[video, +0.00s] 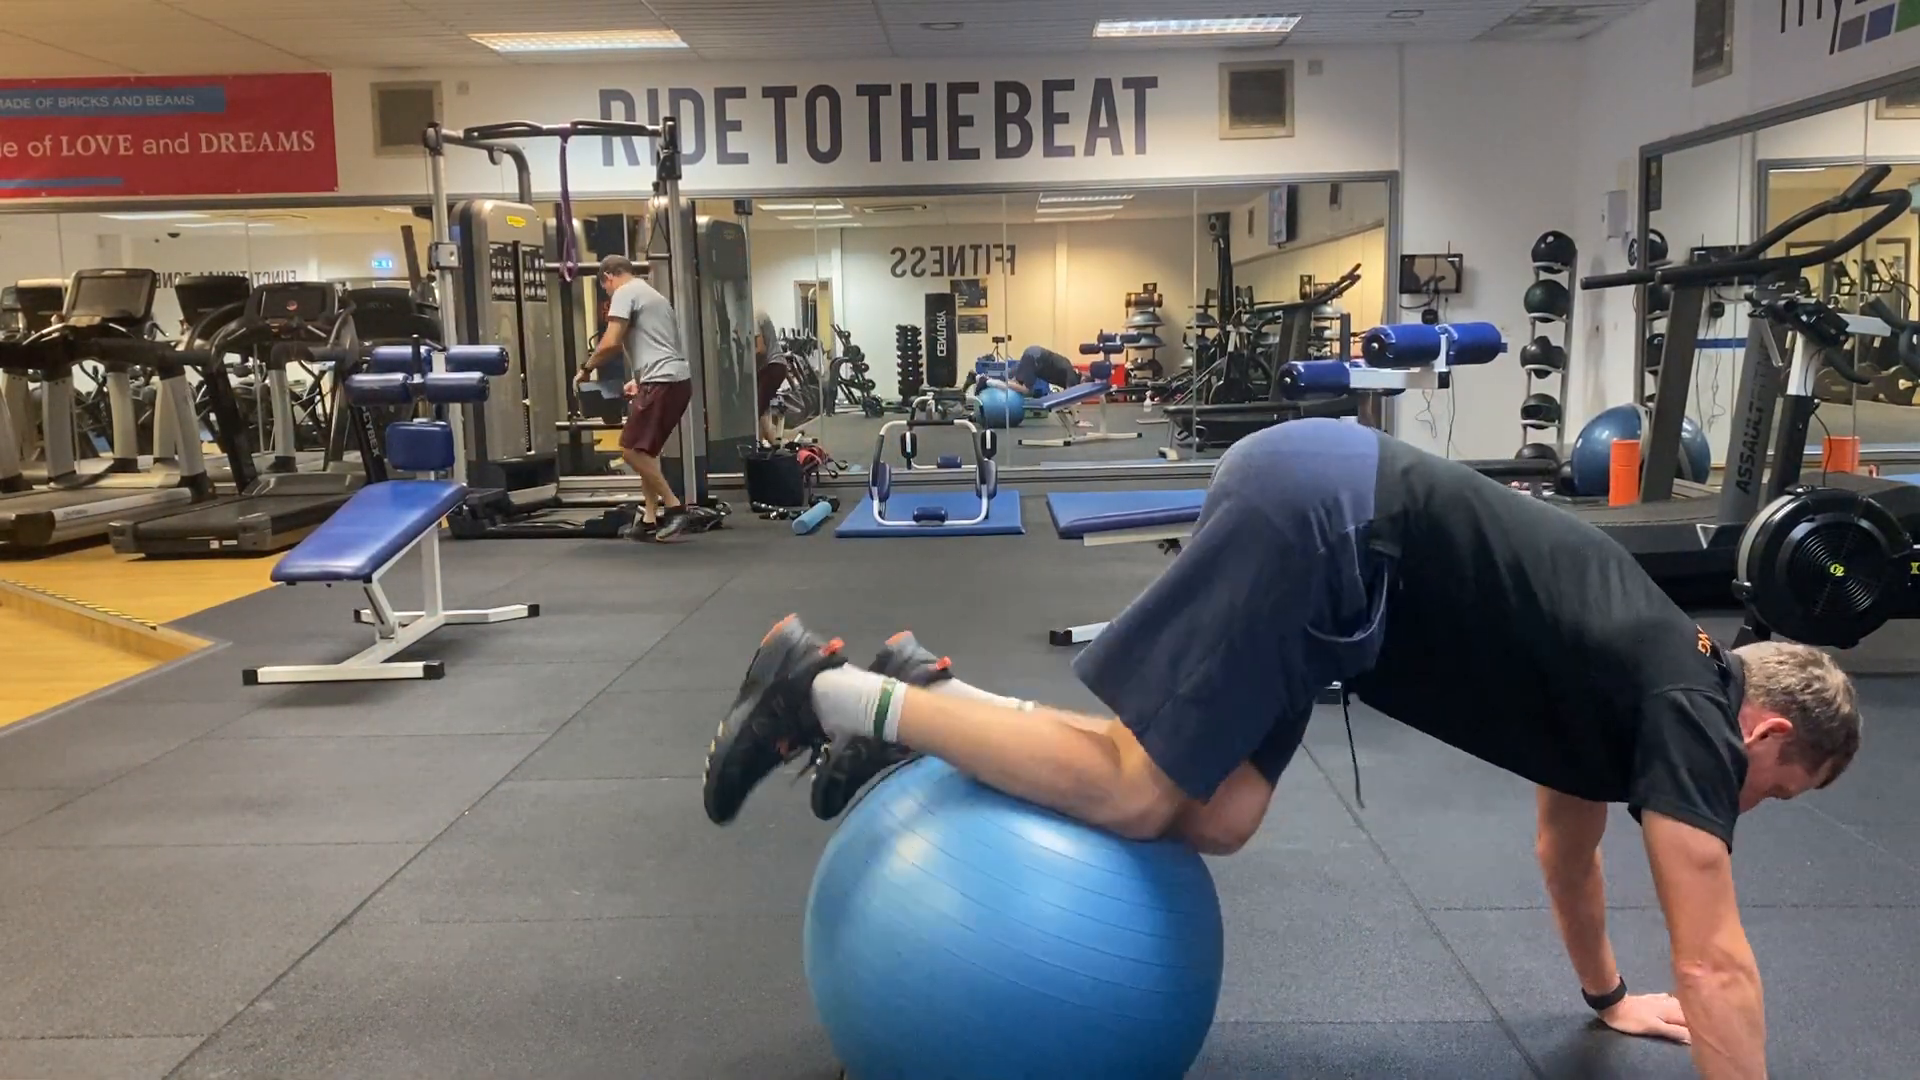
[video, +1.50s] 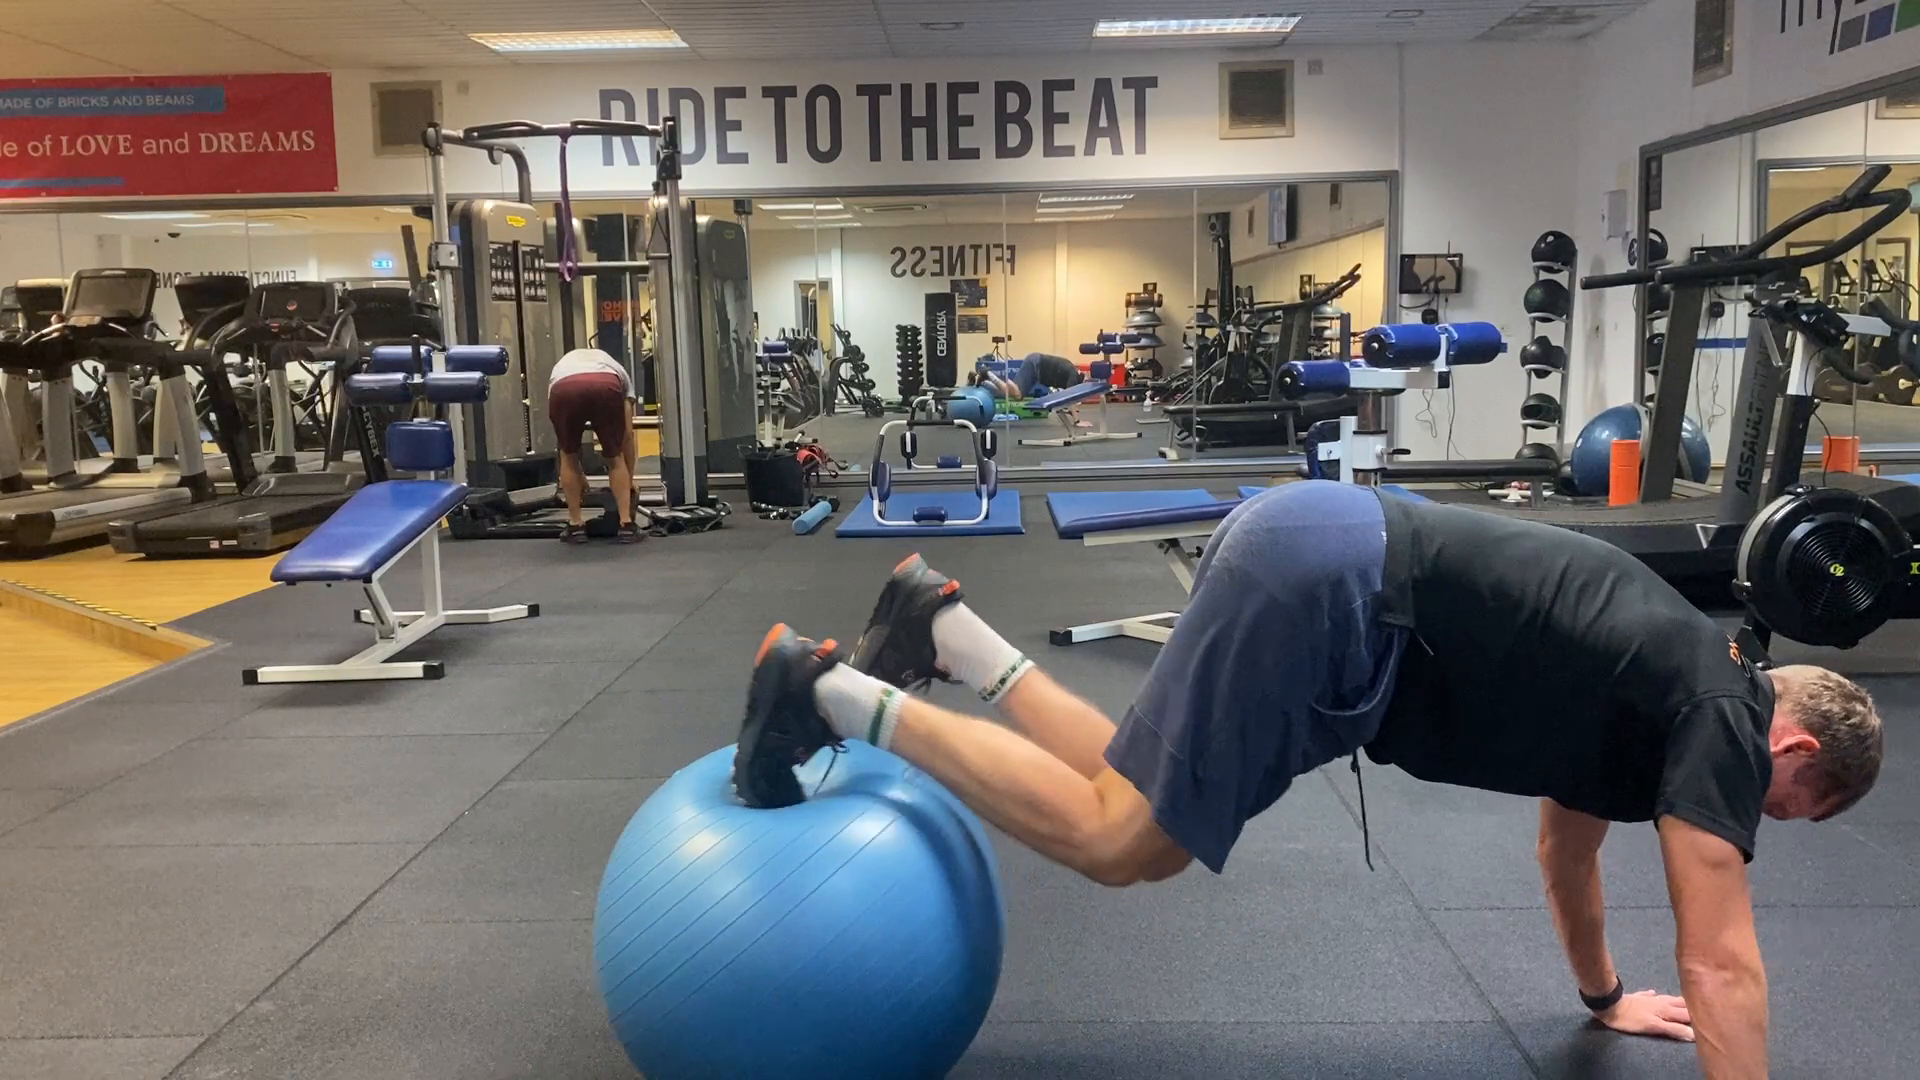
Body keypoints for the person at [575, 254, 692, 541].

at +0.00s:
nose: (606, 290)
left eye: (604, 284)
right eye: (604, 286)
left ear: (610, 276)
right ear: (628, 272)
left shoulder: (625, 292)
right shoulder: (651, 293)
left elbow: (611, 343)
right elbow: (663, 346)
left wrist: (587, 367)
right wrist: (641, 381)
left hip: (661, 380)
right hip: (676, 379)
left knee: (630, 448)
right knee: (647, 451)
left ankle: (675, 508)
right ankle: (649, 519)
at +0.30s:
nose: (589, 300)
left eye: (588, 296)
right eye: (589, 297)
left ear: (593, 292)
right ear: (616, 287)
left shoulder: (590, 306)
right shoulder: (642, 306)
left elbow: (580, 360)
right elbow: (657, 346)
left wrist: (575, 393)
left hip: (627, 384)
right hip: (662, 383)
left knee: (601, 453)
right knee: (641, 453)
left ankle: (581, 519)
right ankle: (650, 520)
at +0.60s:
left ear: (583, 336)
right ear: (608, 335)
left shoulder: (567, 349)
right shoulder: (626, 345)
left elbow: (566, 399)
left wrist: (580, 444)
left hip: (584, 392)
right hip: (625, 388)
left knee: (577, 456)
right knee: (625, 455)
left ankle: (576, 524)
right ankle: (632, 522)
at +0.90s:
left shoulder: (560, 374)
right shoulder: (625, 377)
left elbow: (571, 442)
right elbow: (629, 438)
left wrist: (581, 482)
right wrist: (628, 479)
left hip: (562, 387)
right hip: (606, 385)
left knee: (569, 460)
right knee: (616, 459)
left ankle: (575, 525)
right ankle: (626, 523)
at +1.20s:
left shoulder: (557, 377)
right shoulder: (622, 381)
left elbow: (568, 442)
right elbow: (629, 441)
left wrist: (581, 481)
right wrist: (630, 479)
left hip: (560, 389)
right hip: (604, 388)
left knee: (568, 459)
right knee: (615, 459)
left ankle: (576, 525)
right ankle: (625, 523)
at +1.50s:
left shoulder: (558, 373)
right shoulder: (621, 373)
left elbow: (565, 438)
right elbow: (628, 434)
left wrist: (580, 479)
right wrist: (629, 479)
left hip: (564, 389)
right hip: (606, 385)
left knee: (568, 459)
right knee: (616, 461)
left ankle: (576, 525)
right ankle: (626, 524)